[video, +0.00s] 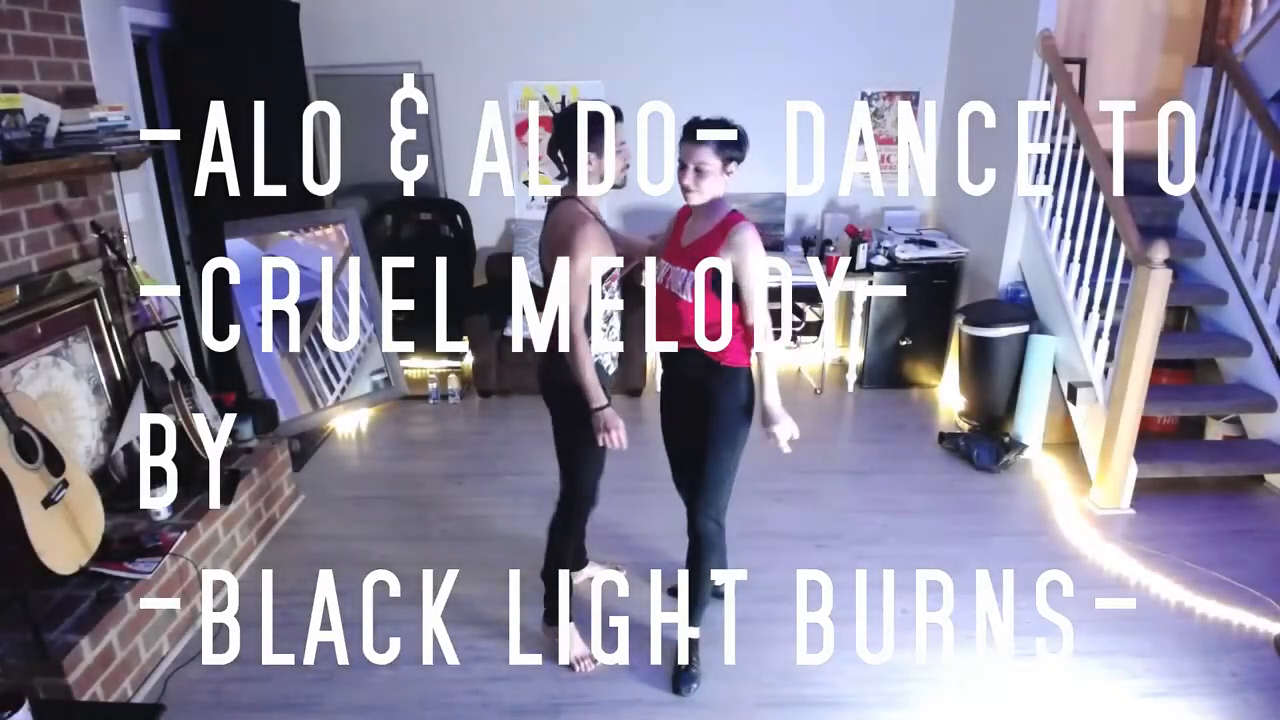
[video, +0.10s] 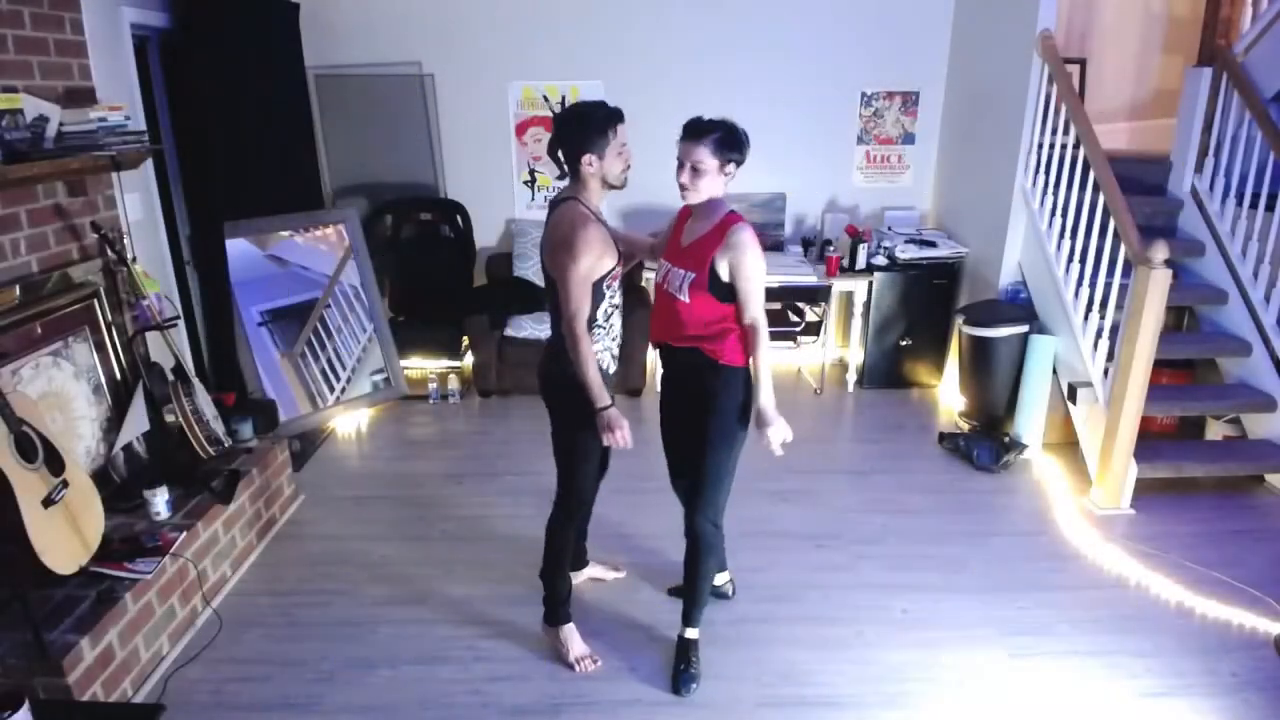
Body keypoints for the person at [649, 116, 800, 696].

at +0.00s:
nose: (688, 176)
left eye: (701, 168)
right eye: (684, 165)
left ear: (729, 173)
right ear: (677, 166)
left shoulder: (741, 235)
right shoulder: (678, 220)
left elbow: (758, 323)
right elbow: (658, 255)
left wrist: (770, 402)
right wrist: (611, 245)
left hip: (727, 380)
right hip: (678, 376)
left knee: (705, 512)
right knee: (693, 495)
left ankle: (688, 642)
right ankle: (713, 575)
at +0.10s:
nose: (683, 175)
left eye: (696, 168)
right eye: (680, 164)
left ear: (728, 172)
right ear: (678, 161)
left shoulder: (739, 237)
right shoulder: (682, 220)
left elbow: (755, 322)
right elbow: (663, 268)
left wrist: (764, 401)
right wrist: (626, 252)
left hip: (723, 376)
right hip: (677, 369)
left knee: (704, 509)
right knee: (687, 483)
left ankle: (689, 635)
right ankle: (715, 571)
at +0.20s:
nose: (673, 175)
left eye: (684, 168)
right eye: (674, 165)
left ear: (718, 175)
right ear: (692, 172)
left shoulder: (729, 241)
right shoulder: (683, 223)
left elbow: (748, 330)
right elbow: (652, 247)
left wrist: (755, 408)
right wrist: (600, 231)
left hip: (717, 381)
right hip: (679, 374)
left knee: (698, 513)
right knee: (677, 483)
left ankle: (689, 638)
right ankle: (714, 572)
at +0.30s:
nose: (669, 173)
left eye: (680, 167)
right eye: (671, 164)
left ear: (715, 176)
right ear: (693, 171)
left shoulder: (726, 242)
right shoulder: (683, 223)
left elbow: (745, 332)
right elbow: (642, 243)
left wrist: (752, 411)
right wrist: (590, 223)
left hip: (715, 377)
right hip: (678, 370)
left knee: (691, 509)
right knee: (677, 486)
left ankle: (694, 636)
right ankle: (713, 572)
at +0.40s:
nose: (666, 171)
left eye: (677, 165)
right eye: (669, 161)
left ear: (708, 178)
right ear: (704, 174)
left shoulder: (718, 251)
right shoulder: (691, 222)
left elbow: (738, 340)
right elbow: (657, 241)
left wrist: (749, 418)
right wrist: (615, 242)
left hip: (710, 383)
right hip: (684, 373)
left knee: (689, 512)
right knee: (675, 482)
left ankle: (712, 641)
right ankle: (712, 572)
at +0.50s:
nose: (665, 166)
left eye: (673, 160)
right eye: (669, 157)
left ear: (698, 172)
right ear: (706, 172)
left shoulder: (713, 253)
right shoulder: (697, 220)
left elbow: (733, 343)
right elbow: (659, 238)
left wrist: (746, 419)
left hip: (707, 385)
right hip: (688, 374)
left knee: (694, 510)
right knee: (678, 482)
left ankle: (716, 644)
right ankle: (713, 571)